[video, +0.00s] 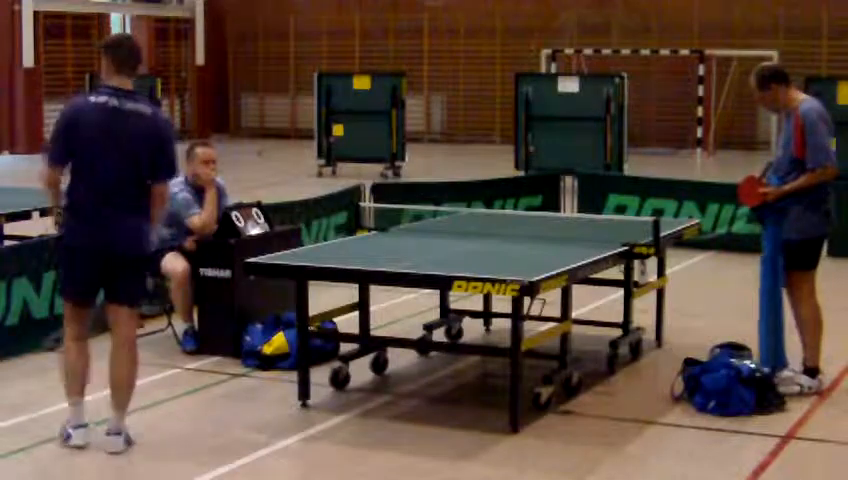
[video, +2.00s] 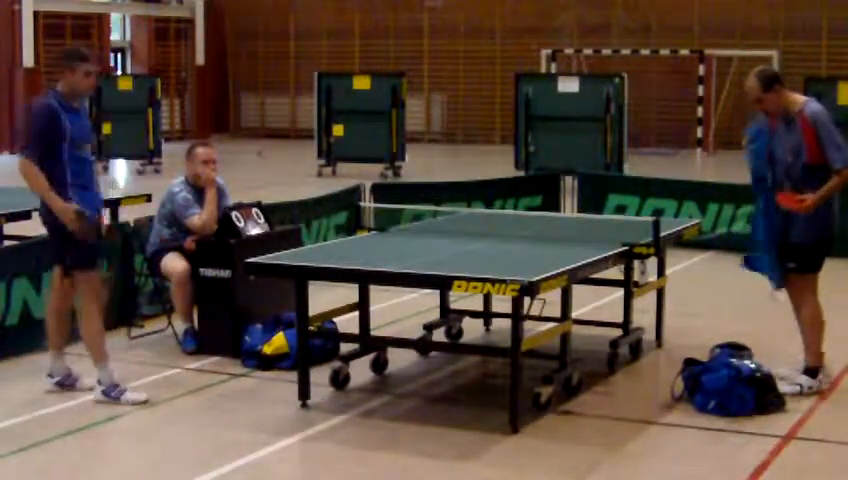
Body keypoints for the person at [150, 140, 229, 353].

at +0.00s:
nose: (211, 169)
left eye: (214, 163)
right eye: (205, 163)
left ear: (217, 164)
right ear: (190, 166)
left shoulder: (218, 187)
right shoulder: (177, 190)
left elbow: (221, 222)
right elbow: (203, 226)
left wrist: (198, 237)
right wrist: (211, 190)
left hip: (200, 239)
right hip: (168, 242)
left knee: (227, 261)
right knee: (180, 270)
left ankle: (223, 319)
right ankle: (188, 326)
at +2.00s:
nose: (212, 168)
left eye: (214, 163)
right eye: (205, 163)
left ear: (217, 164)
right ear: (190, 166)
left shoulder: (217, 187)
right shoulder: (178, 192)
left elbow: (224, 223)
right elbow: (204, 227)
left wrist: (197, 238)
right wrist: (211, 189)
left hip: (199, 241)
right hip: (166, 245)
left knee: (227, 262)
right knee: (181, 270)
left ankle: (223, 321)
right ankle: (189, 328)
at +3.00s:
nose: (212, 168)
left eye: (214, 163)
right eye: (206, 163)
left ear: (217, 165)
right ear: (190, 166)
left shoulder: (217, 187)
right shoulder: (179, 192)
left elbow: (227, 222)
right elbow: (205, 227)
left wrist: (197, 237)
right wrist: (211, 189)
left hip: (198, 241)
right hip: (165, 245)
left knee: (227, 262)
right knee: (181, 269)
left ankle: (222, 322)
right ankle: (188, 327)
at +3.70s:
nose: (212, 168)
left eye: (214, 163)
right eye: (206, 163)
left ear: (217, 165)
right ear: (190, 166)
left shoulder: (217, 187)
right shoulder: (178, 191)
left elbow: (227, 221)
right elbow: (205, 226)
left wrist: (198, 236)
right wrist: (211, 188)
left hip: (199, 240)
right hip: (167, 244)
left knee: (228, 262)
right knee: (181, 269)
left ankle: (224, 321)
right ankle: (188, 327)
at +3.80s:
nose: (212, 167)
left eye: (213, 162)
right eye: (206, 162)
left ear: (216, 164)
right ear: (189, 165)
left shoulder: (216, 187)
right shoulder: (178, 192)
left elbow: (227, 222)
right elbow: (204, 227)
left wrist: (198, 238)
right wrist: (210, 189)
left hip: (200, 240)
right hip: (166, 244)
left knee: (228, 261)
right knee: (182, 268)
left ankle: (224, 321)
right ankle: (189, 326)